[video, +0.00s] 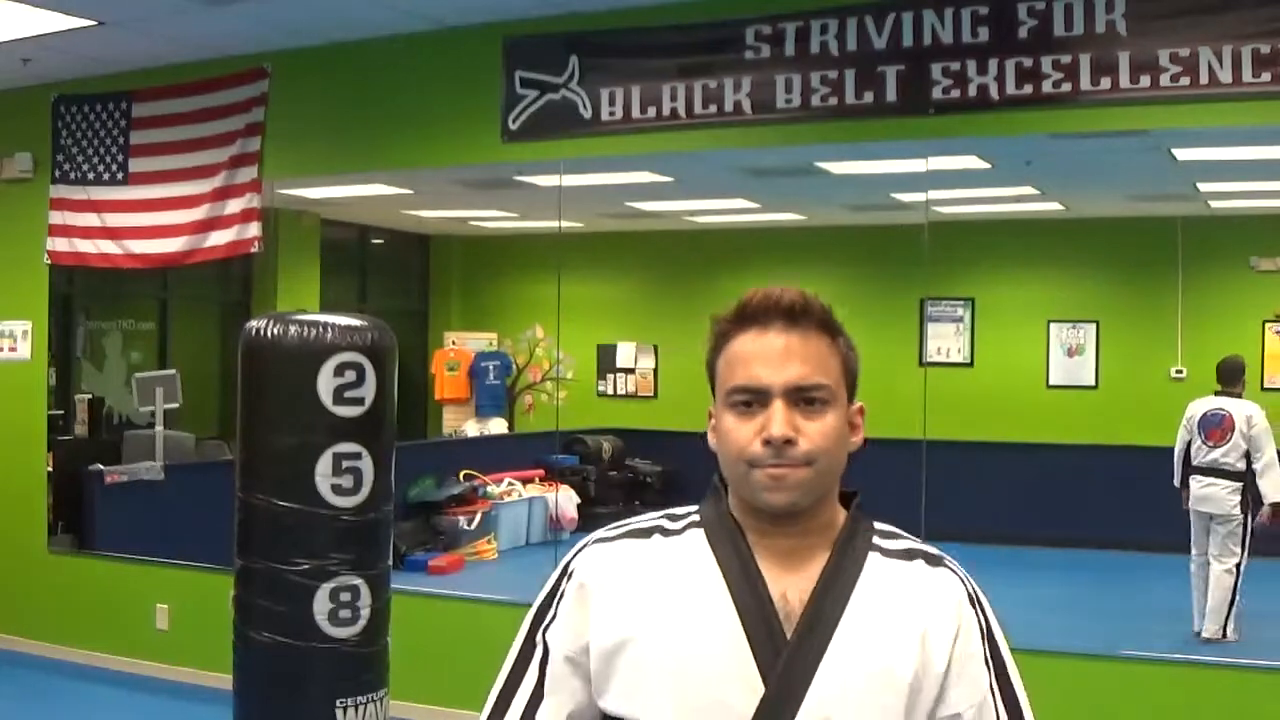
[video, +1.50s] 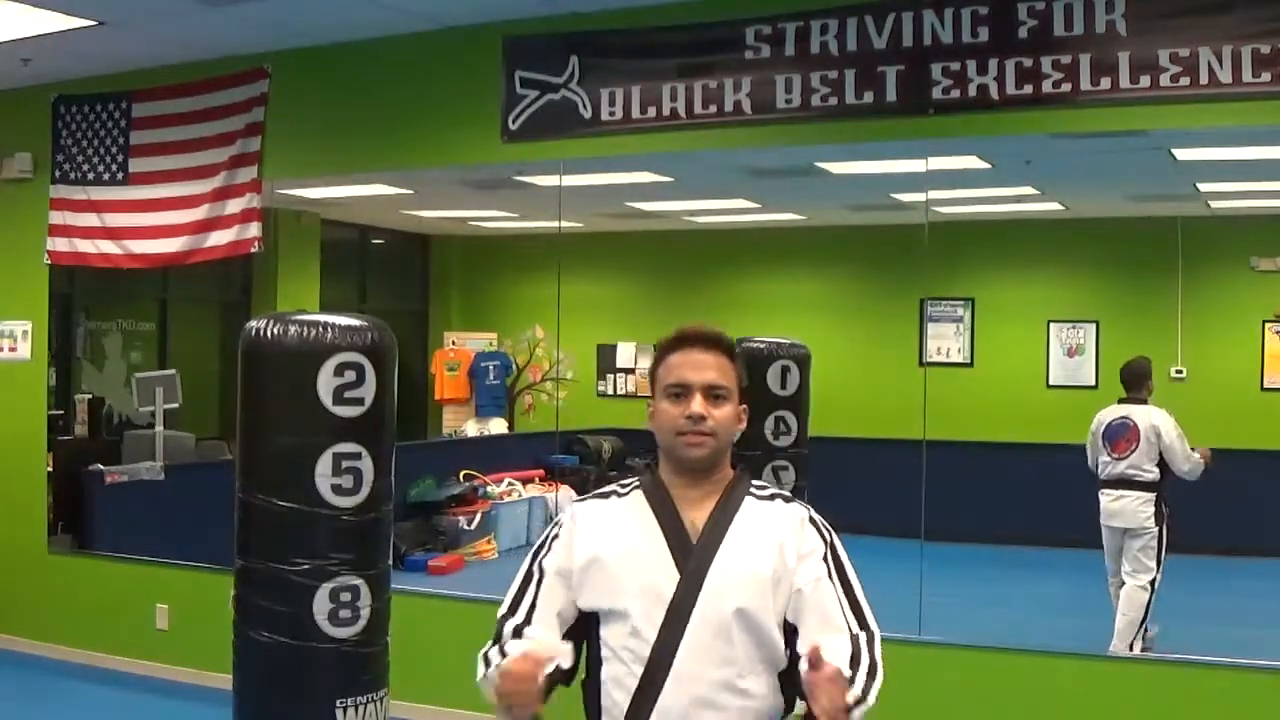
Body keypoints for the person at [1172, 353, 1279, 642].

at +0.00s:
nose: (1244, 380)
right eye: (1244, 376)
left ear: (1217, 379)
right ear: (1243, 379)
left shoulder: (1195, 408)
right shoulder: (1251, 412)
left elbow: (1181, 451)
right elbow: (1265, 459)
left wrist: (1181, 484)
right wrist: (1271, 500)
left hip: (1197, 491)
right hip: (1230, 495)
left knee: (1199, 556)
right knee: (1224, 560)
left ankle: (1200, 623)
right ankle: (1214, 628)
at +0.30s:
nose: (1223, 381)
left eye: (1219, 377)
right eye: (1222, 378)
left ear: (1195, 381)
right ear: (1221, 381)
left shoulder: (1175, 411)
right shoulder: (1228, 417)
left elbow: (1166, 455)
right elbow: (1248, 465)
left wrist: (1169, 486)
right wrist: (1267, 503)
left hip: (1180, 492)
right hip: (1213, 497)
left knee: (1175, 552)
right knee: (1212, 564)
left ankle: (1151, 612)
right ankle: (1212, 631)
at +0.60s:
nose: (1189, 384)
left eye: (1185, 380)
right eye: (1187, 380)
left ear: (1160, 385)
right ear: (1185, 384)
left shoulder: (1140, 418)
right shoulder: (1195, 418)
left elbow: (1136, 464)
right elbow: (1216, 463)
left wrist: (1144, 491)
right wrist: (1234, 495)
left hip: (1148, 498)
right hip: (1183, 501)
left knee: (1148, 564)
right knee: (1196, 567)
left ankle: (1141, 637)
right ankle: (1207, 630)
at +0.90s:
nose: (1166, 381)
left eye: (1163, 377)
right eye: (1165, 377)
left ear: (1135, 382)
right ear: (1161, 379)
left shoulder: (1119, 415)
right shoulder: (1175, 411)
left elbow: (1107, 465)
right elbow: (1195, 457)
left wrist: (1107, 505)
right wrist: (1206, 500)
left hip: (1131, 497)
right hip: (1170, 498)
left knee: (1134, 566)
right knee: (1185, 564)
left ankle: (1136, 639)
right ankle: (1178, 637)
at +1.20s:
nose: (1154, 379)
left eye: (1149, 375)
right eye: (1152, 376)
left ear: (1125, 382)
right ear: (1151, 380)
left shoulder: (1109, 417)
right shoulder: (1166, 414)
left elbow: (1092, 462)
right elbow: (1190, 457)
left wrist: (1085, 501)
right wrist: (1216, 493)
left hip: (1121, 499)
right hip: (1156, 500)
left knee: (1126, 568)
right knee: (1160, 570)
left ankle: (1131, 636)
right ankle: (1133, 636)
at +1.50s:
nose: (1153, 383)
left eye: (1150, 379)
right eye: (1152, 379)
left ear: (1123, 383)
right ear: (1149, 383)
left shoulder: (1102, 416)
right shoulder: (1159, 418)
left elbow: (1094, 463)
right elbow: (1185, 467)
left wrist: (1121, 467)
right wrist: (1201, 460)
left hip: (1109, 502)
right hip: (1143, 504)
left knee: (1116, 576)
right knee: (1139, 577)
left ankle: (1135, 634)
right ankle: (1120, 650)